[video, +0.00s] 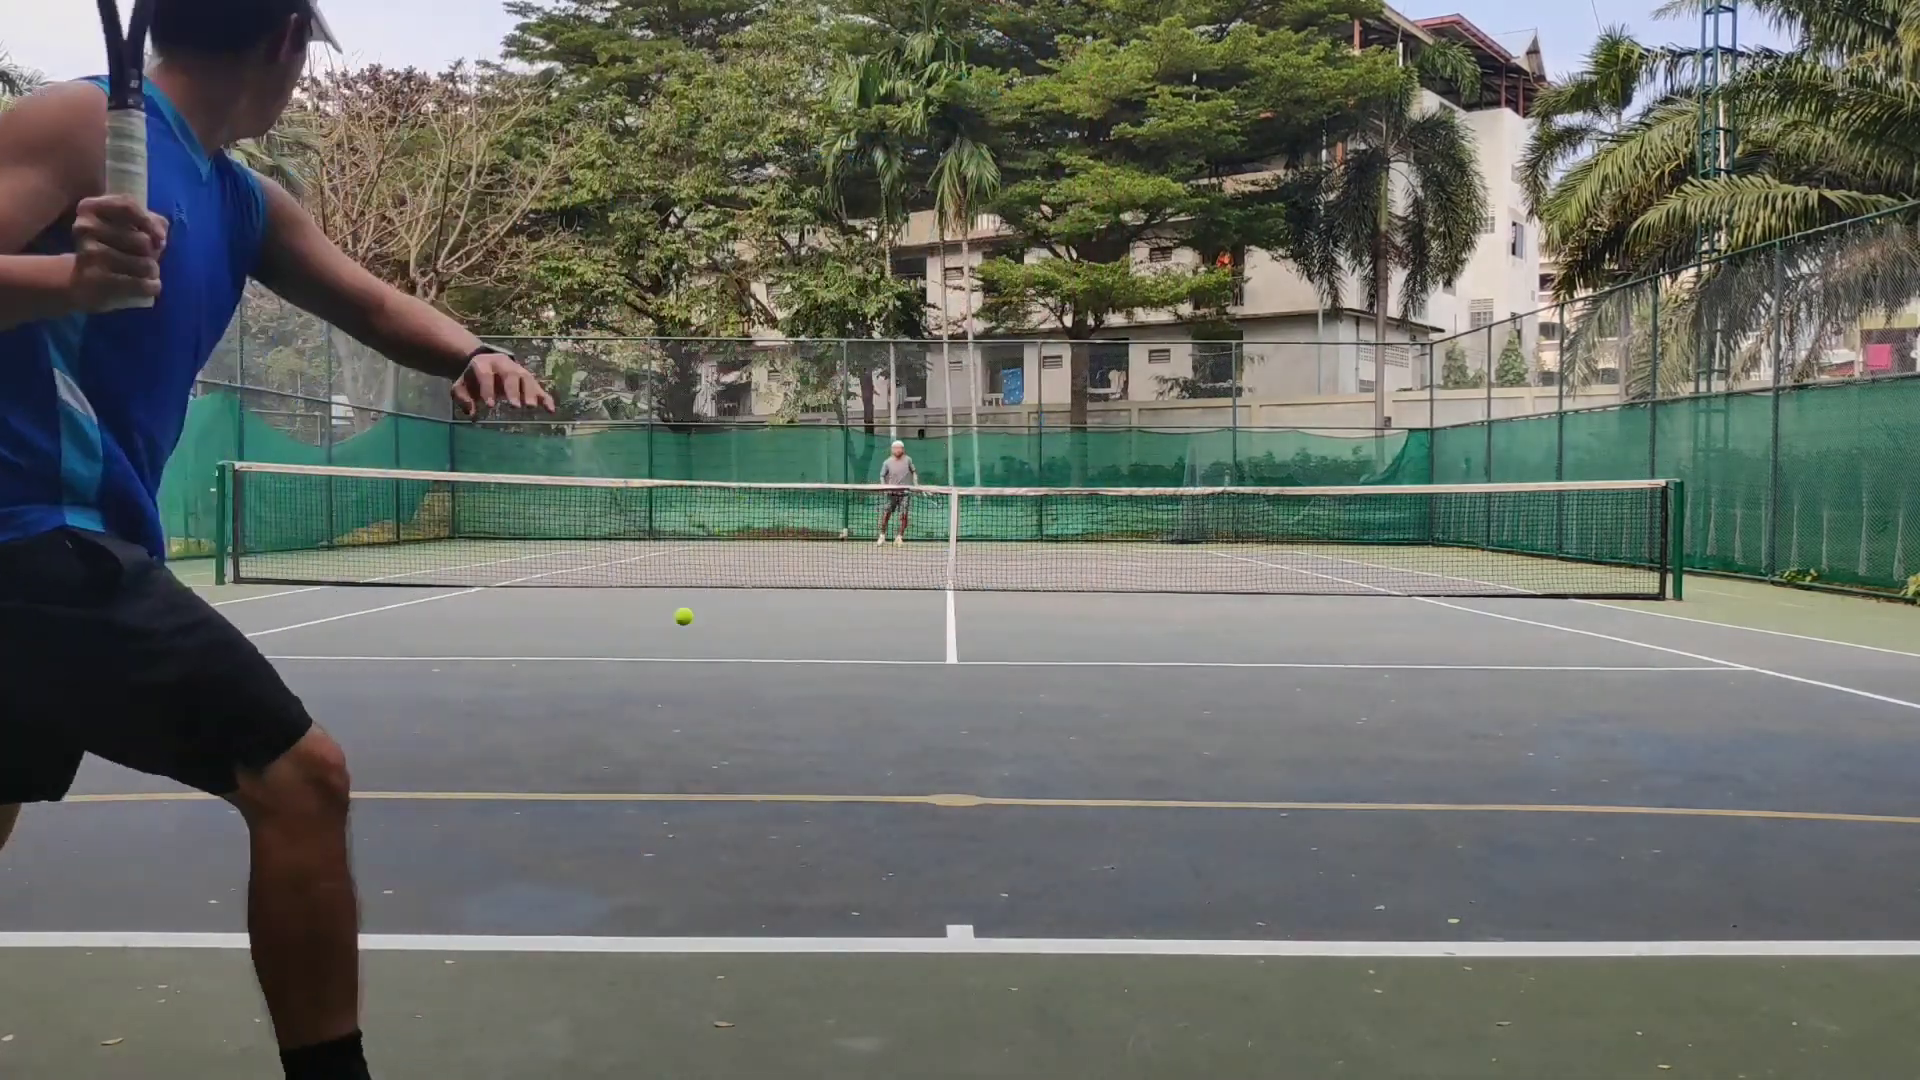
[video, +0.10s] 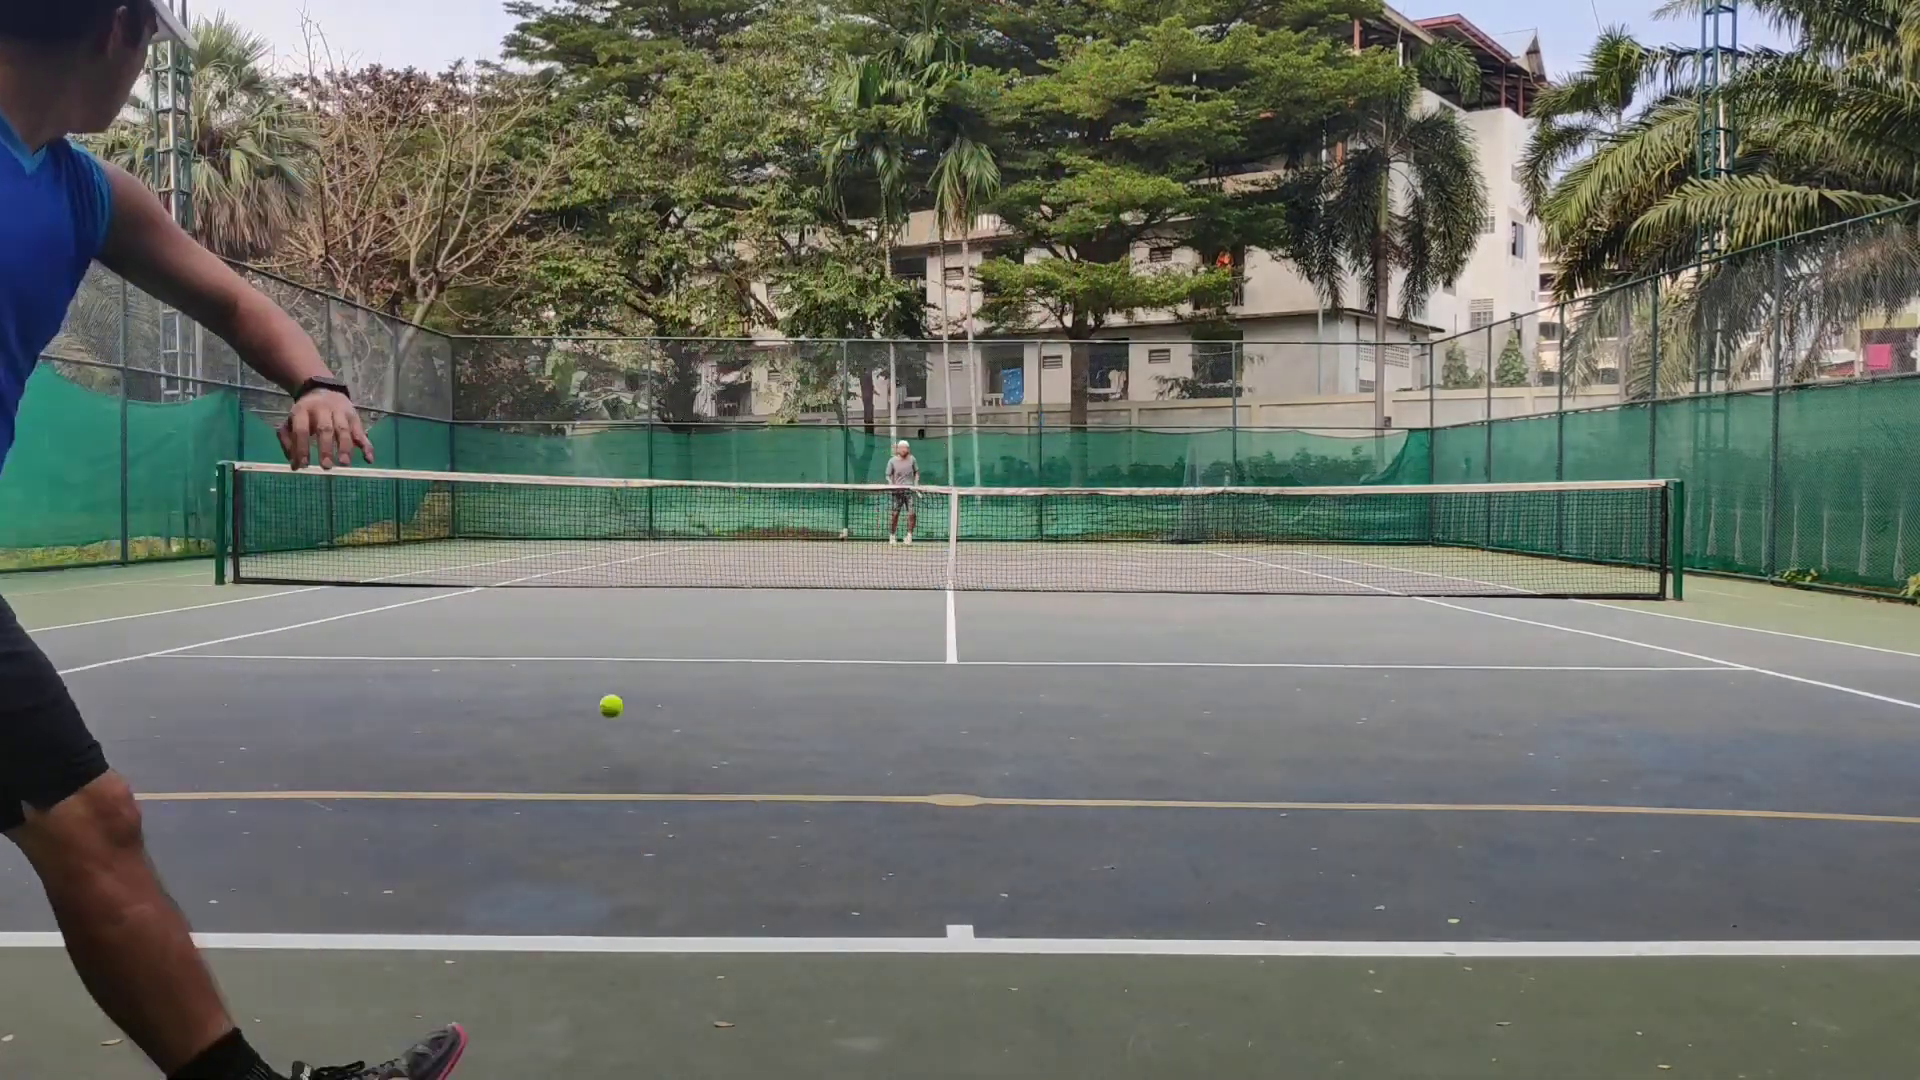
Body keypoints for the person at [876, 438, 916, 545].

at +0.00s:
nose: (897, 450)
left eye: (899, 448)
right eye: (895, 448)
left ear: (903, 449)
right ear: (892, 450)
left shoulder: (907, 460)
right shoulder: (887, 462)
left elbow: (914, 472)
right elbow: (882, 476)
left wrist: (916, 485)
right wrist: (884, 486)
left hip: (904, 490)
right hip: (891, 490)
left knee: (904, 515)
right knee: (887, 513)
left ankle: (900, 535)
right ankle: (882, 534)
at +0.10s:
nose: (904, 450)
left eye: (906, 448)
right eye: (902, 448)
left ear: (908, 449)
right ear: (898, 449)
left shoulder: (912, 459)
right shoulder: (892, 461)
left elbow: (916, 472)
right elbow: (888, 475)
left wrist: (915, 484)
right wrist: (891, 484)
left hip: (909, 488)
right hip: (897, 488)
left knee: (911, 512)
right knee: (895, 512)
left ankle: (909, 534)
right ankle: (893, 534)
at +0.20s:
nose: (909, 453)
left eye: (911, 451)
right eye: (907, 451)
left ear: (914, 452)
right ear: (903, 452)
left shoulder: (918, 463)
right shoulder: (898, 464)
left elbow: (921, 476)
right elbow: (894, 478)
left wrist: (919, 485)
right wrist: (897, 487)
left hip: (915, 490)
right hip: (902, 490)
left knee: (922, 513)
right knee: (899, 514)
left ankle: (925, 535)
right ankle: (894, 536)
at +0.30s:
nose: (916, 456)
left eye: (918, 453)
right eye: (914, 453)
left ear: (921, 455)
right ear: (910, 455)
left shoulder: (924, 466)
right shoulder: (904, 467)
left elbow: (928, 479)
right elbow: (900, 481)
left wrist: (924, 488)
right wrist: (908, 487)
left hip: (921, 494)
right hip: (908, 495)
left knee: (931, 516)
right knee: (904, 515)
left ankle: (935, 535)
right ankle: (894, 536)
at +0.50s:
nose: (930, 453)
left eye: (932, 450)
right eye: (928, 450)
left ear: (935, 452)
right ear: (924, 452)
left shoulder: (940, 462)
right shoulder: (920, 464)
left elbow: (946, 476)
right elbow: (917, 479)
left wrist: (940, 486)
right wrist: (923, 487)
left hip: (937, 492)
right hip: (925, 492)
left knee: (939, 515)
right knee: (917, 511)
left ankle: (939, 536)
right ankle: (908, 532)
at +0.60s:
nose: (935, 448)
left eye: (937, 446)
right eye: (933, 446)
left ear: (940, 447)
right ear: (930, 448)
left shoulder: (946, 458)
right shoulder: (926, 459)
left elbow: (952, 471)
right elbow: (922, 474)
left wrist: (945, 481)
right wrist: (928, 482)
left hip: (943, 486)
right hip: (930, 486)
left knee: (945, 511)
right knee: (926, 510)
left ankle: (944, 533)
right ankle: (923, 531)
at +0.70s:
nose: (940, 448)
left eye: (942, 446)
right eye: (938, 446)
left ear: (944, 447)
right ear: (934, 448)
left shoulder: (951, 458)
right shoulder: (931, 459)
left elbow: (956, 470)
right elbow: (927, 473)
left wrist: (950, 481)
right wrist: (933, 482)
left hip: (949, 486)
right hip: (937, 487)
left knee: (954, 511)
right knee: (935, 510)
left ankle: (956, 533)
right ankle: (931, 531)